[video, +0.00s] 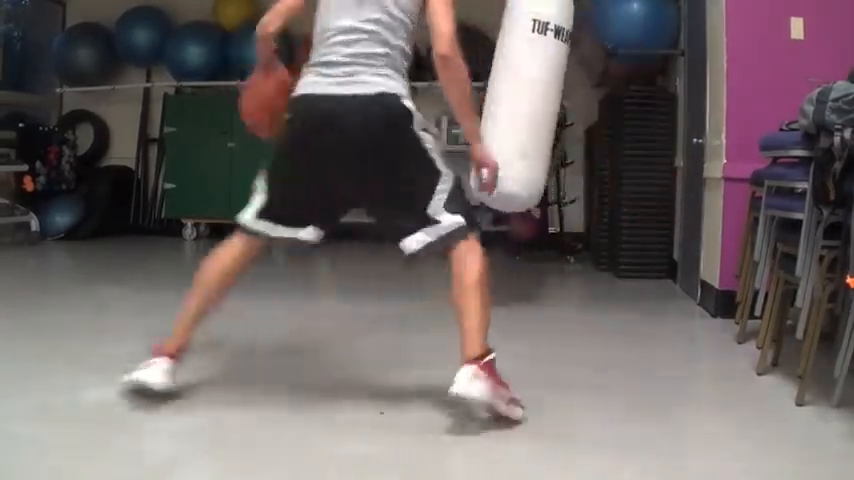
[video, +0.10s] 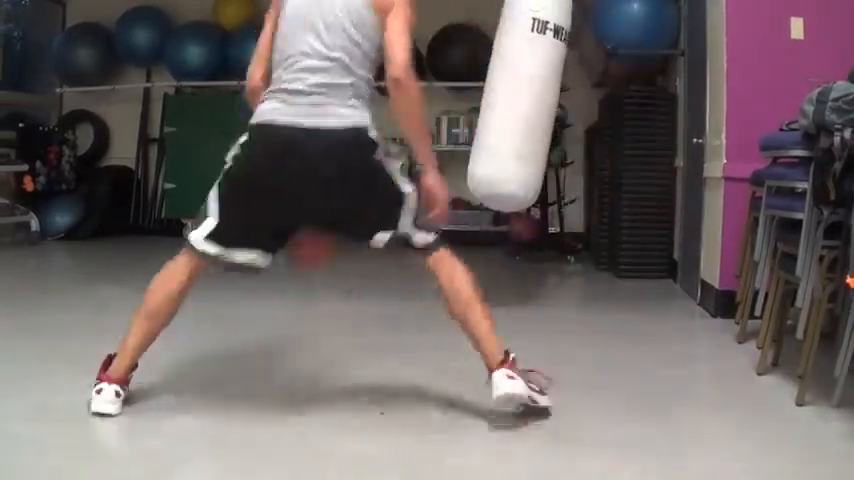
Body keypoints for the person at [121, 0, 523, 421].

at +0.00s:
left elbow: (269, 27)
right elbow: (445, 50)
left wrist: (267, 76)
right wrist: (475, 141)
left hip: (310, 111)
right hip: (383, 114)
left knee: (247, 237)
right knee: (463, 241)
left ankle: (165, 356)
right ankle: (476, 368)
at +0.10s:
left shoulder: (285, 4)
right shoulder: (391, 3)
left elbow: (255, 84)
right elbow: (399, 75)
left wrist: (288, 138)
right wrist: (428, 167)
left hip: (268, 149)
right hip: (346, 152)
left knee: (193, 256)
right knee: (436, 249)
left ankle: (114, 377)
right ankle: (502, 370)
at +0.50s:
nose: (420, 14)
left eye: (416, 13)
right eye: (418, 9)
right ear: (418, 1)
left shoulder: (364, 20)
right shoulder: (404, 6)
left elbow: (331, 88)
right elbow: (353, 19)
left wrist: (296, 163)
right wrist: (374, 87)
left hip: (317, 138)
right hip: (347, 134)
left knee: (296, 268)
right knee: (488, 239)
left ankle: (172, 328)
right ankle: (514, 397)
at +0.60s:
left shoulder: (371, 9)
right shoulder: (437, 6)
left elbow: (323, 73)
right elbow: (391, 67)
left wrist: (286, 157)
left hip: (318, 139)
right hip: (370, 139)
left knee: (326, 246)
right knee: (500, 240)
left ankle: (236, 331)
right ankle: (517, 397)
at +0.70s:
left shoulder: (347, 9)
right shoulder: (436, 7)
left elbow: (309, 84)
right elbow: (403, 75)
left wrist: (268, 161)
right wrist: (387, 173)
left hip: (319, 154)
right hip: (373, 151)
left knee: (344, 241)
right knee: (502, 243)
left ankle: (292, 342)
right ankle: (517, 398)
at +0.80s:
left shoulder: (326, 4)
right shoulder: (409, 2)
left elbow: (274, 63)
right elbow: (398, 54)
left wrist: (229, 132)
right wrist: (409, 143)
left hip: (309, 136)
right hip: (352, 133)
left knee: (349, 239)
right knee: (450, 248)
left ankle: (294, 343)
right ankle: (504, 393)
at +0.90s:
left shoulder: (303, 0)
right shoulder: (380, 1)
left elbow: (250, 26)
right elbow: (389, 31)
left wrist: (218, 91)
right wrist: (411, 109)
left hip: (293, 104)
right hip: (333, 102)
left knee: (328, 228)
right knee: (398, 232)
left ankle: (292, 342)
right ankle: (428, 375)